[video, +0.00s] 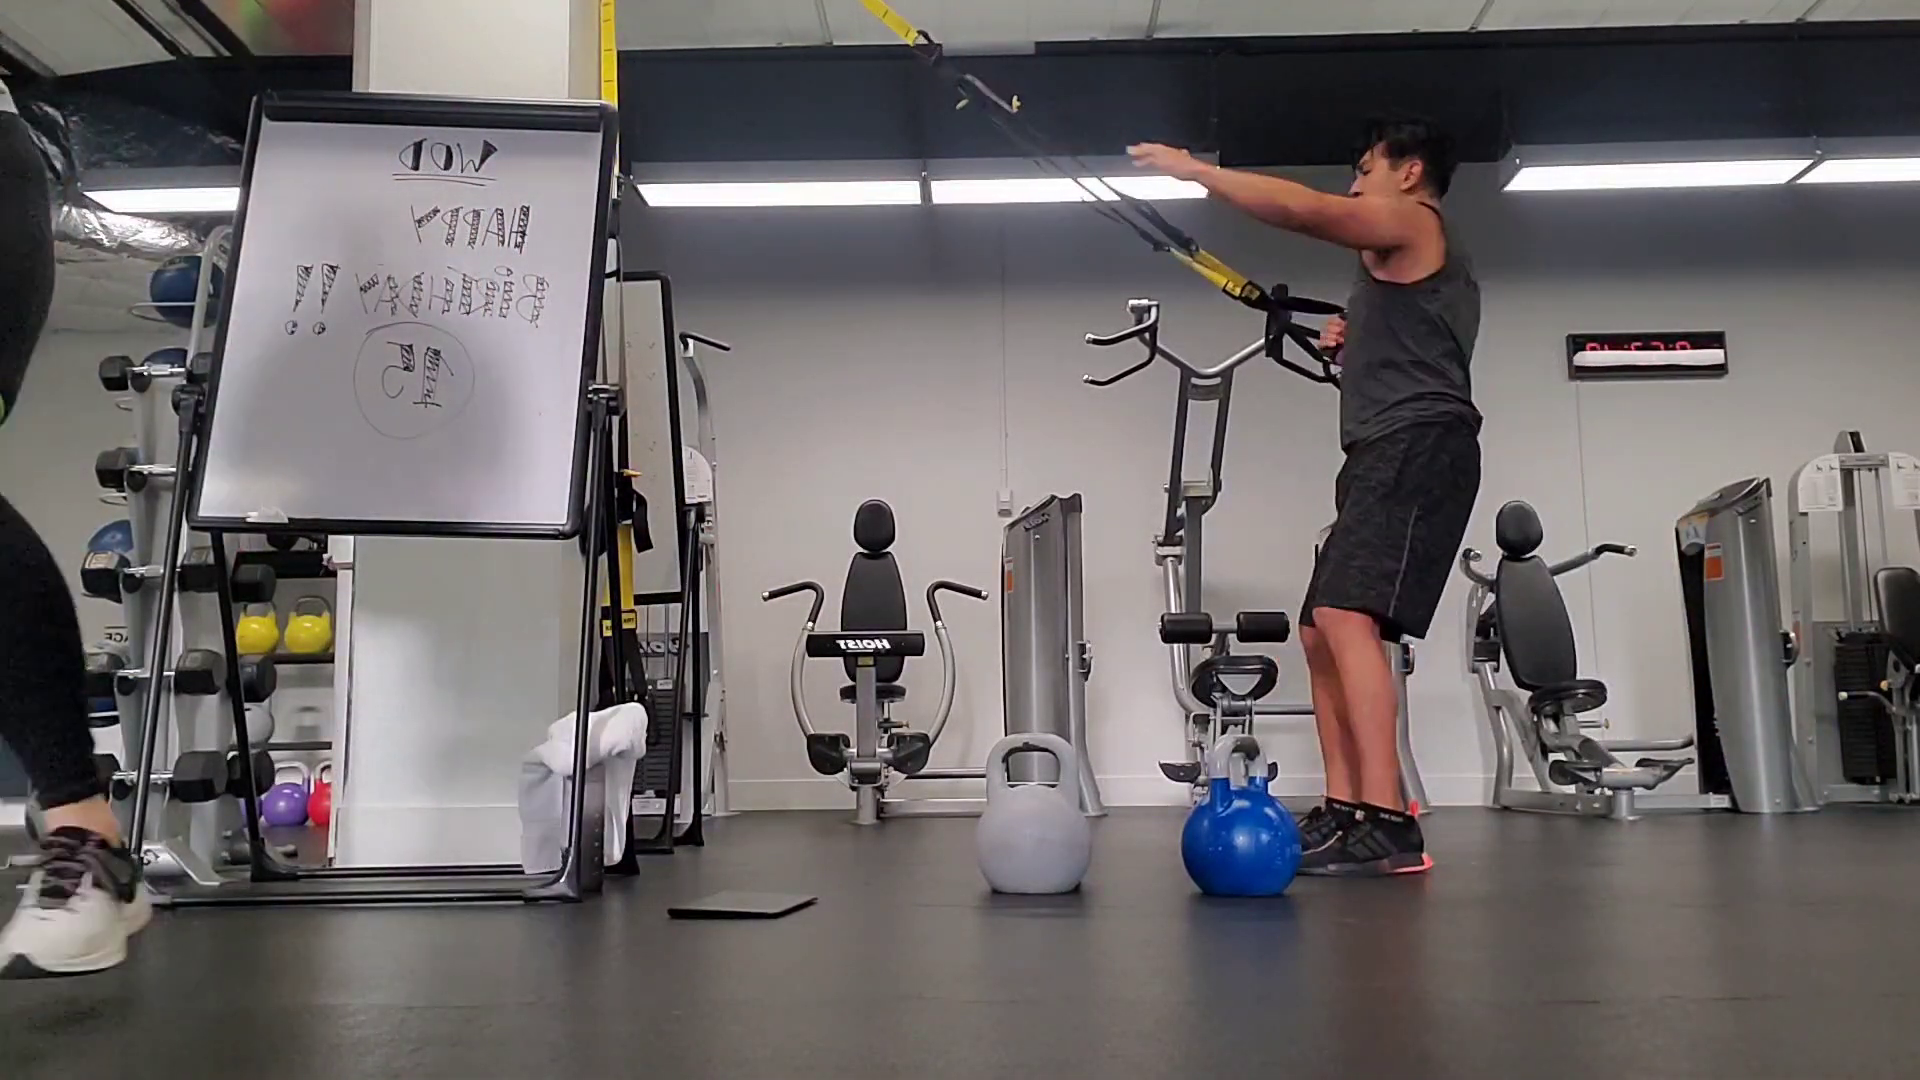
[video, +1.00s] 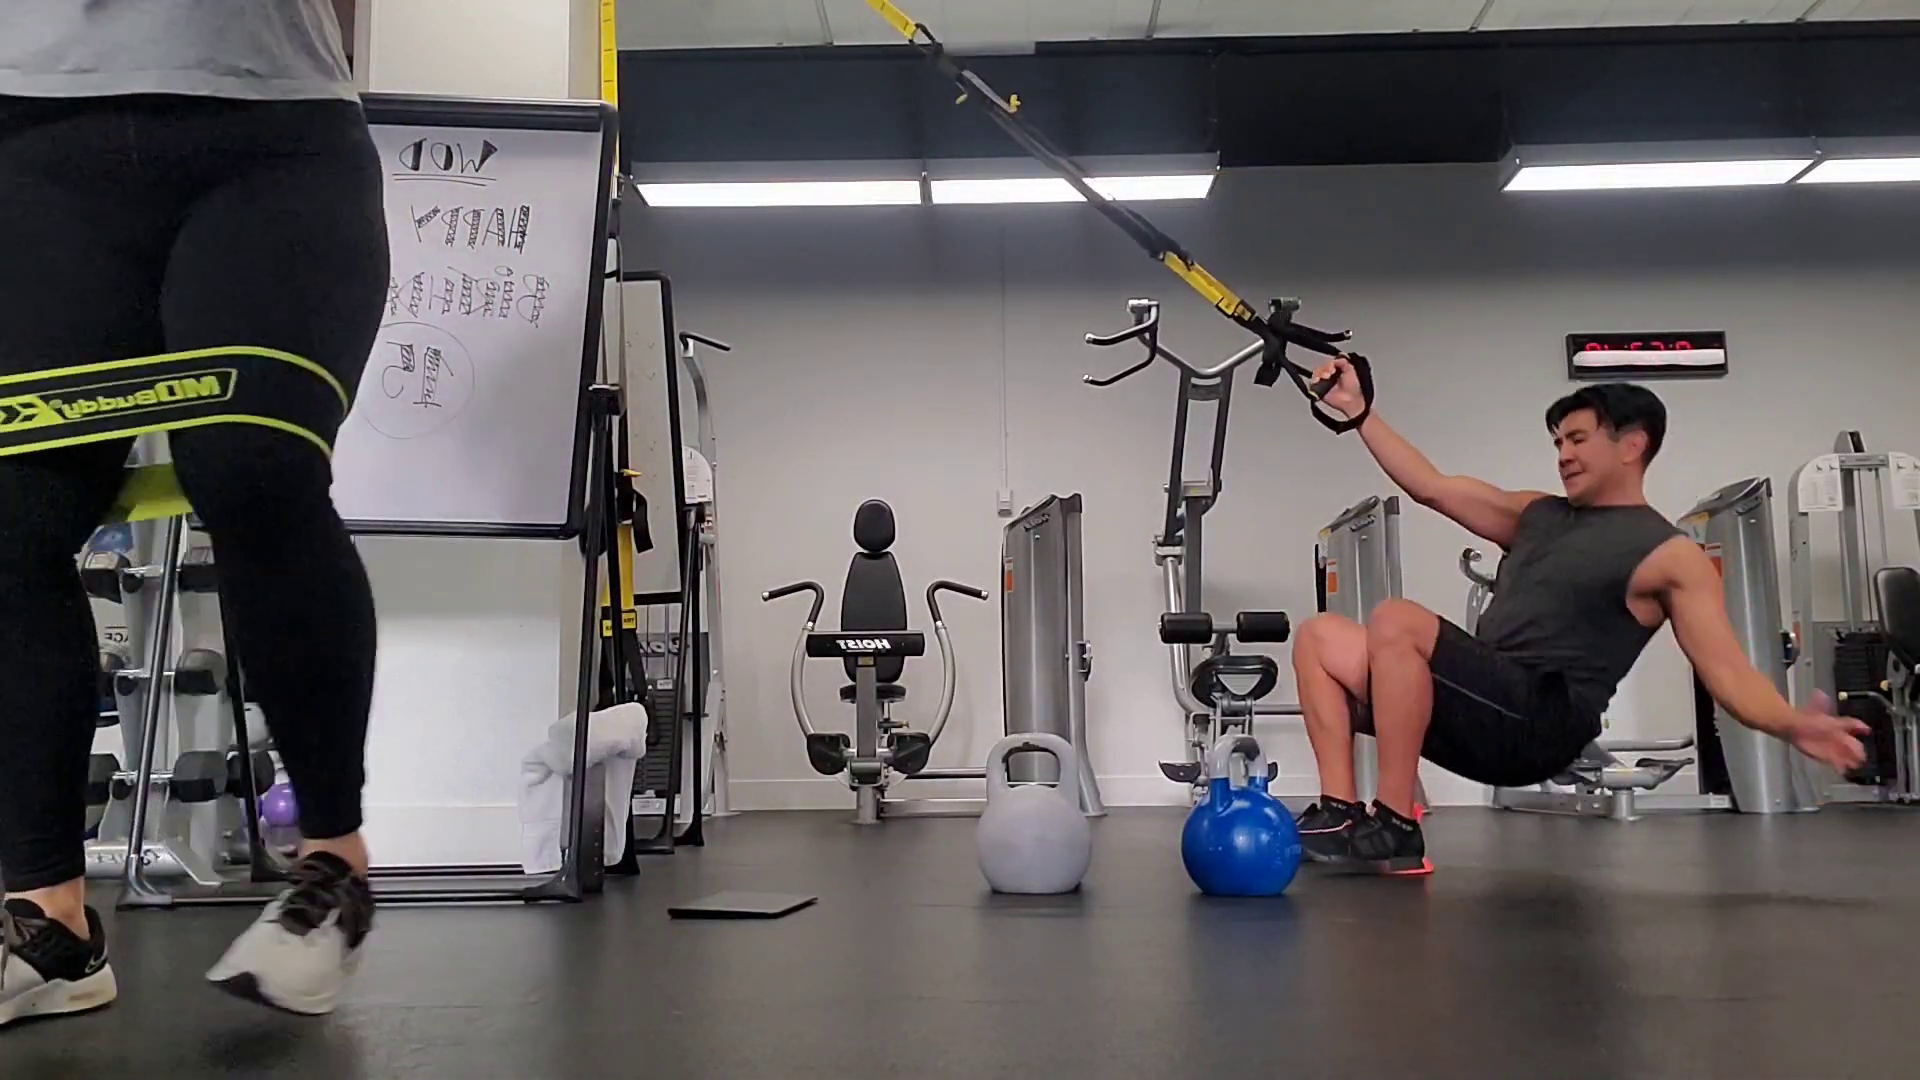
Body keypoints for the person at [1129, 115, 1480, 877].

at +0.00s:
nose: (1355, 182)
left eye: (1365, 168)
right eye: (1358, 170)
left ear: (1409, 170)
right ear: (1412, 176)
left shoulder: (1409, 220)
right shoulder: (1417, 255)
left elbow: (1297, 209)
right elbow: (1424, 349)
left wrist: (1194, 169)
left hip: (1418, 441)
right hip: (1388, 448)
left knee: (1349, 619)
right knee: (1319, 626)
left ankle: (1387, 821)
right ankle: (1347, 812)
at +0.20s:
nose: (1423, 250)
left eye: (1437, 233)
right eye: (1423, 237)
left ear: (1488, 238)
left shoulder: (1516, 307)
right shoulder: (1453, 341)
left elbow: (1513, 362)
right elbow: (1393, 439)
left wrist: (1379, 330)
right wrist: (1363, 369)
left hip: (1473, 515)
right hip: (1418, 520)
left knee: (1326, 624)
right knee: (1279, 636)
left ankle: (1388, 822)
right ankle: (1345, 811)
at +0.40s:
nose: (1512, 358)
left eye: (1528, 341)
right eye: (1511, 344)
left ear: (1582, 351)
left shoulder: (1623, 448)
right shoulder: (1503, 440)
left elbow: (1692, 554)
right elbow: (1405, 462)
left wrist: (1678, 592)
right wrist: (1365, 391)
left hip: (1526, 638)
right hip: (1462, 627)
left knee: (1347, 623)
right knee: (1286, 639)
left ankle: (1390, 823)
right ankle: (1339, 813)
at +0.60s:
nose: (1577, 453)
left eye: (1593, 440)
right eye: (1575, 441)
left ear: (1652, 452)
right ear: (1573, 451)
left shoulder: (1692, 563)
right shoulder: (1543, 513)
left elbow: (1770, 675)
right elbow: (1427, 481)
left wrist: (1852, 741)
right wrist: (1361, 409)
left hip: (1559, 741)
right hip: (1478, 714)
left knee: (1426, 623)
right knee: (1330, 637)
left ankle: (1398, 823)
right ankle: (1342, 812)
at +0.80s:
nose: (1594, 511)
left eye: (1612, 497)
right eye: (1592, 498)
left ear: (1671, 511)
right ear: (1591, 506)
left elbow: (1777, 747)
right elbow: (1436, 492)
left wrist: (1884, 814)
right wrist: (1357, 420)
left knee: (1473, 636)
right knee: (1367, 639)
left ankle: (1404, 824)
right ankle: (1345, 814)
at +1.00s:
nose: (1561, 454)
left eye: (1576, 439)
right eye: (1558, 443)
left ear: (1635, 444)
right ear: (1561, 453)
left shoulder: (1672, 555)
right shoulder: (1536, 514)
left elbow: (1726, 669)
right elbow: (1428, 484)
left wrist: (1787, 722)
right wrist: (1360, 414)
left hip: (1545, 719)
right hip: (1480, 707)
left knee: (1397, 620)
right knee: (1317, 640)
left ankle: (1396, 822)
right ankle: (1340, 809)